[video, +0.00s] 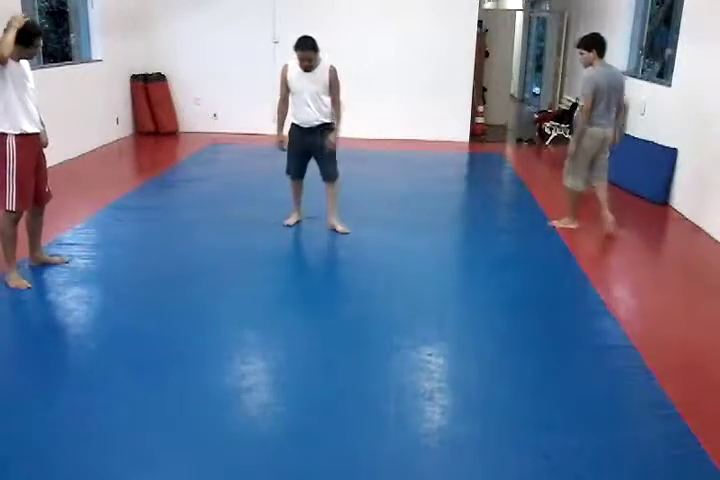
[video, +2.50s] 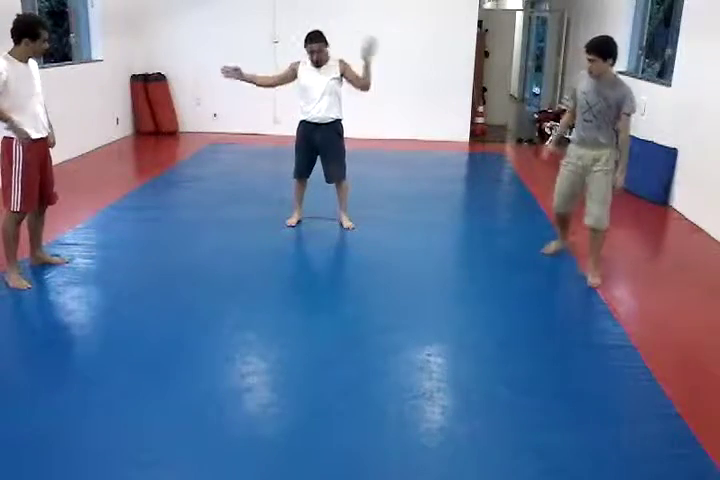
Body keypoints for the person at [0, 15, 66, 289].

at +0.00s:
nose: (29, 58)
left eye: (32, 54)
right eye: (27, 53)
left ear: (30, 48)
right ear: (16, 44)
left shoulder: (23, 63)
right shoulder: (3, 63)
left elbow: (28, 99)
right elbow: (4, 55)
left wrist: (41, 128)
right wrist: (12, 27)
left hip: (32, 135)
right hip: (11, 136)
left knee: (38, 200)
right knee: (12, 208)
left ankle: (37, 253)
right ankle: (10, 268)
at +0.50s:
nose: (35, 58)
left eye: (38, 54)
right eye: (32, 53)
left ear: (38, 48)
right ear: (20, 45)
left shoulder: (29, 61)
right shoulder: (6, 63)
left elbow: (36, 98)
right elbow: (6, 52)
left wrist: (46, 129)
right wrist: (16, 23)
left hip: (36, 135)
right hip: (14, 136)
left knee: (39, 202)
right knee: (15, 208)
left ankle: (37, 252)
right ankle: (11, 268)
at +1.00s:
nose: (37, 57)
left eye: (40, 54)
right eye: (35, 53)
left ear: (38, 48)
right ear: (23, 45)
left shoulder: (33, 63)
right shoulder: (7, 64)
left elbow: (41, 99)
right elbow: (8, 53)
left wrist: (50, 129)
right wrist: (19, 25)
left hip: (40, 135)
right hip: (18, 137)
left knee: (40, 202)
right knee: (18, 207)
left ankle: (37, 253)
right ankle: (11, 268)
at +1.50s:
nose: (37, 58)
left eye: (40, 55)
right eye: (35, 53)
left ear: (39, 48)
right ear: (23, 45)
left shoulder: (33, 63)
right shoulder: (7, 64)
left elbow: (41, 99)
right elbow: (8, 54)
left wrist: (51, 129)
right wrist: (18, 26)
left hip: (40, 136)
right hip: (19, 138)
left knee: (41, 202)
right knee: (18, 207)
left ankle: (38, 252)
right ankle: (11, 268)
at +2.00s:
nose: (37, 56)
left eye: (40, 53)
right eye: (36, 51)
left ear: (38, 47)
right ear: (23, 42)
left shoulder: (31, 63)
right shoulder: (6, 63)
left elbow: (39, 99)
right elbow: (3, 73)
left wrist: (49, 129)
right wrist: (15, 42)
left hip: (39, 137)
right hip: (16, 139)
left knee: (40, 202)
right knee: (16, 208)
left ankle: (37, 252)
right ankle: (11, 268)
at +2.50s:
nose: (47, 46)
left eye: (47, 41)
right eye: (44, 41)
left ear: (29, 42)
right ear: (26, 41)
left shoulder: (32, 64)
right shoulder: (5, 68)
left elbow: (37, 100)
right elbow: (0, 107)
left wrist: (48, 128)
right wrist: (17, 127)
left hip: (39, 140)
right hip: (16, 142)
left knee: (40, 202)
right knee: (17, 209)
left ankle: (37, 252)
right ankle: (11, 268)